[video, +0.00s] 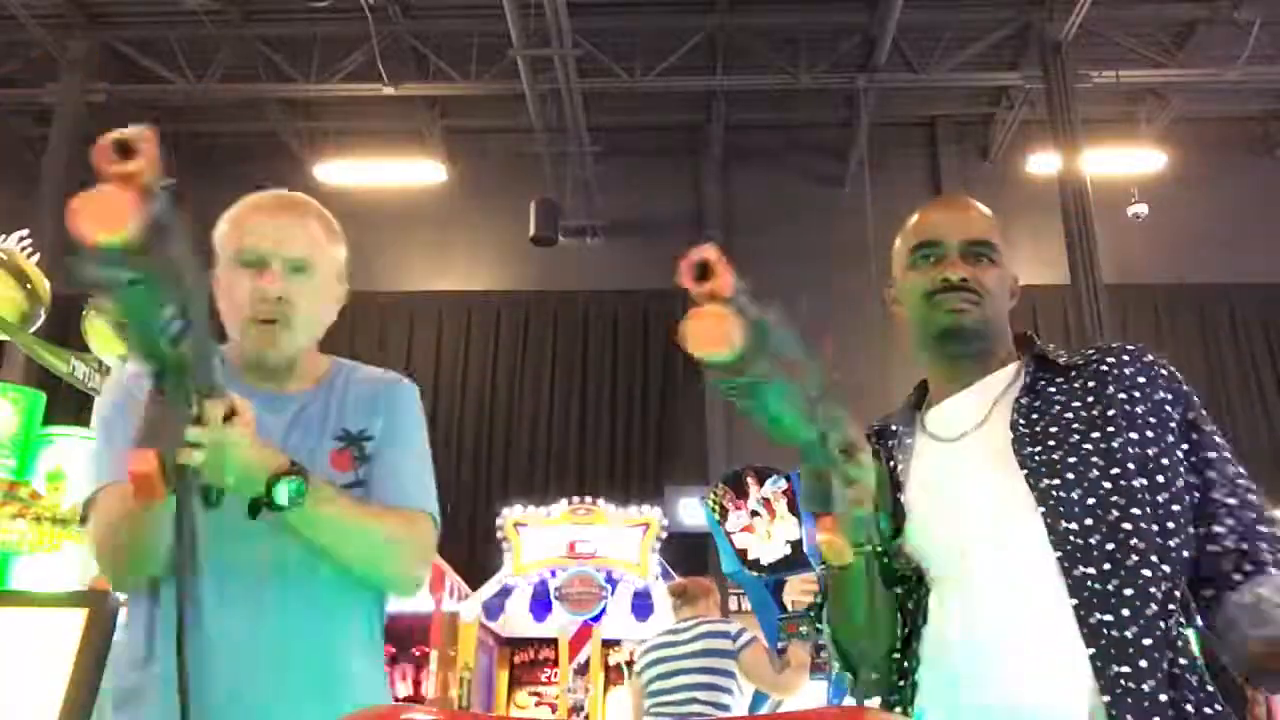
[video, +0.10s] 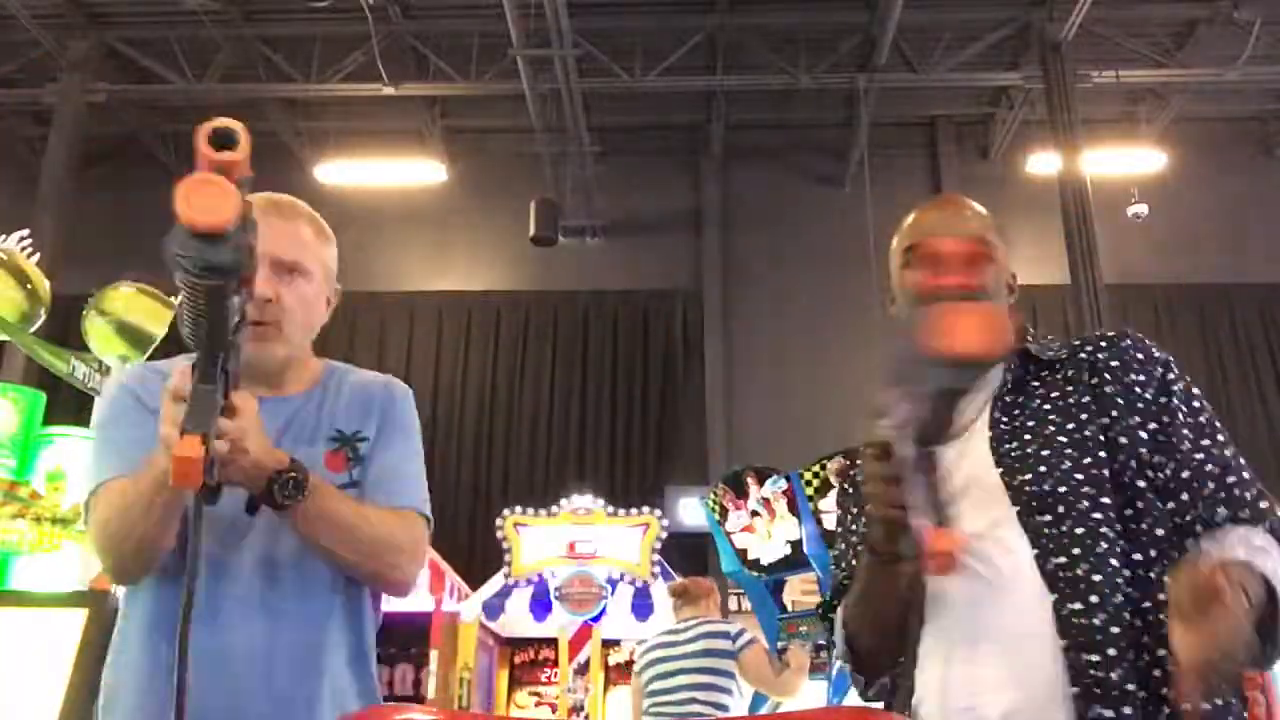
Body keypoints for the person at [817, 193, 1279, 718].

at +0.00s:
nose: (954, 269)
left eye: (979, 256)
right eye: (926, 257)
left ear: (1013, 287)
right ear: (893, 297)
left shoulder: (1131, 387)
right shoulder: (878, 456)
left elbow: (1245, 570)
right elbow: (870, 669)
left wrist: (1260, 666)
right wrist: (847, 531)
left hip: (1143, 706)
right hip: (954, 709)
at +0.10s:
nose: (952, 279)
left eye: (974, 260)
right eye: (928, 263)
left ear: (1008, 281)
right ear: (898, 291)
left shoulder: (1112, 375)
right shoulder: (888, 447)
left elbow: (1241, 526)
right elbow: (868, 661)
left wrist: (1225, 595)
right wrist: (885, 548)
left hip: (1109, 703)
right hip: (945, 706)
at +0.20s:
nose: (950, 267)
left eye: (975, 250)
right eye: (922, 256)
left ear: (1013, 282)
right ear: (896, 298)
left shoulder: (1125, 395)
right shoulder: (870, 475)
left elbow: (1263, 560)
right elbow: (863, 660)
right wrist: (921, 556)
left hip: (1132, 704)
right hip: (950, 709)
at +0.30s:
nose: (963, 266)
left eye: (986, 246)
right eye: (935, 249)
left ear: (1023, 266)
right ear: (903, 288)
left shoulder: (1109, 358)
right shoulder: (891, 459)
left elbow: (1208, 512)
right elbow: (874, 660)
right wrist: (903, 542)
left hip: (1134, 701)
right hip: (961, 706)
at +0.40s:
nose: (963, 260)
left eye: (989, 243)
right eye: (935, 244)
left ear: (1023, 277)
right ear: (903, 283)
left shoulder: (1114, 348)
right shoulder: (897, 409)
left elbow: (1138, 504)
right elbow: (881, 665)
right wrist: (879, 528)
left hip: (1115, 699)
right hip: (953, 704)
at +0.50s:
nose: (952, 262)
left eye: (977, 244)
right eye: (925, 247)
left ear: (1012, 274)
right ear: (897, 282)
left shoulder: (1102, 350)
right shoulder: (893, 419)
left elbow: (1134, 513)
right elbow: (871, 667)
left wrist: (967, 437)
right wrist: (868, 537)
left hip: (1107, 699)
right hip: (944, 705)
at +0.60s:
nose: (937, 265)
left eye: (961, 250)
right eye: (910, 250)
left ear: (995, 279)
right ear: (879, 288)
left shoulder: (1088, 364)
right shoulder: (886, 446)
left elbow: (1187, 548)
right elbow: (838, 656)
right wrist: (878, 542)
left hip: (1093, 706)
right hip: (918, 709)